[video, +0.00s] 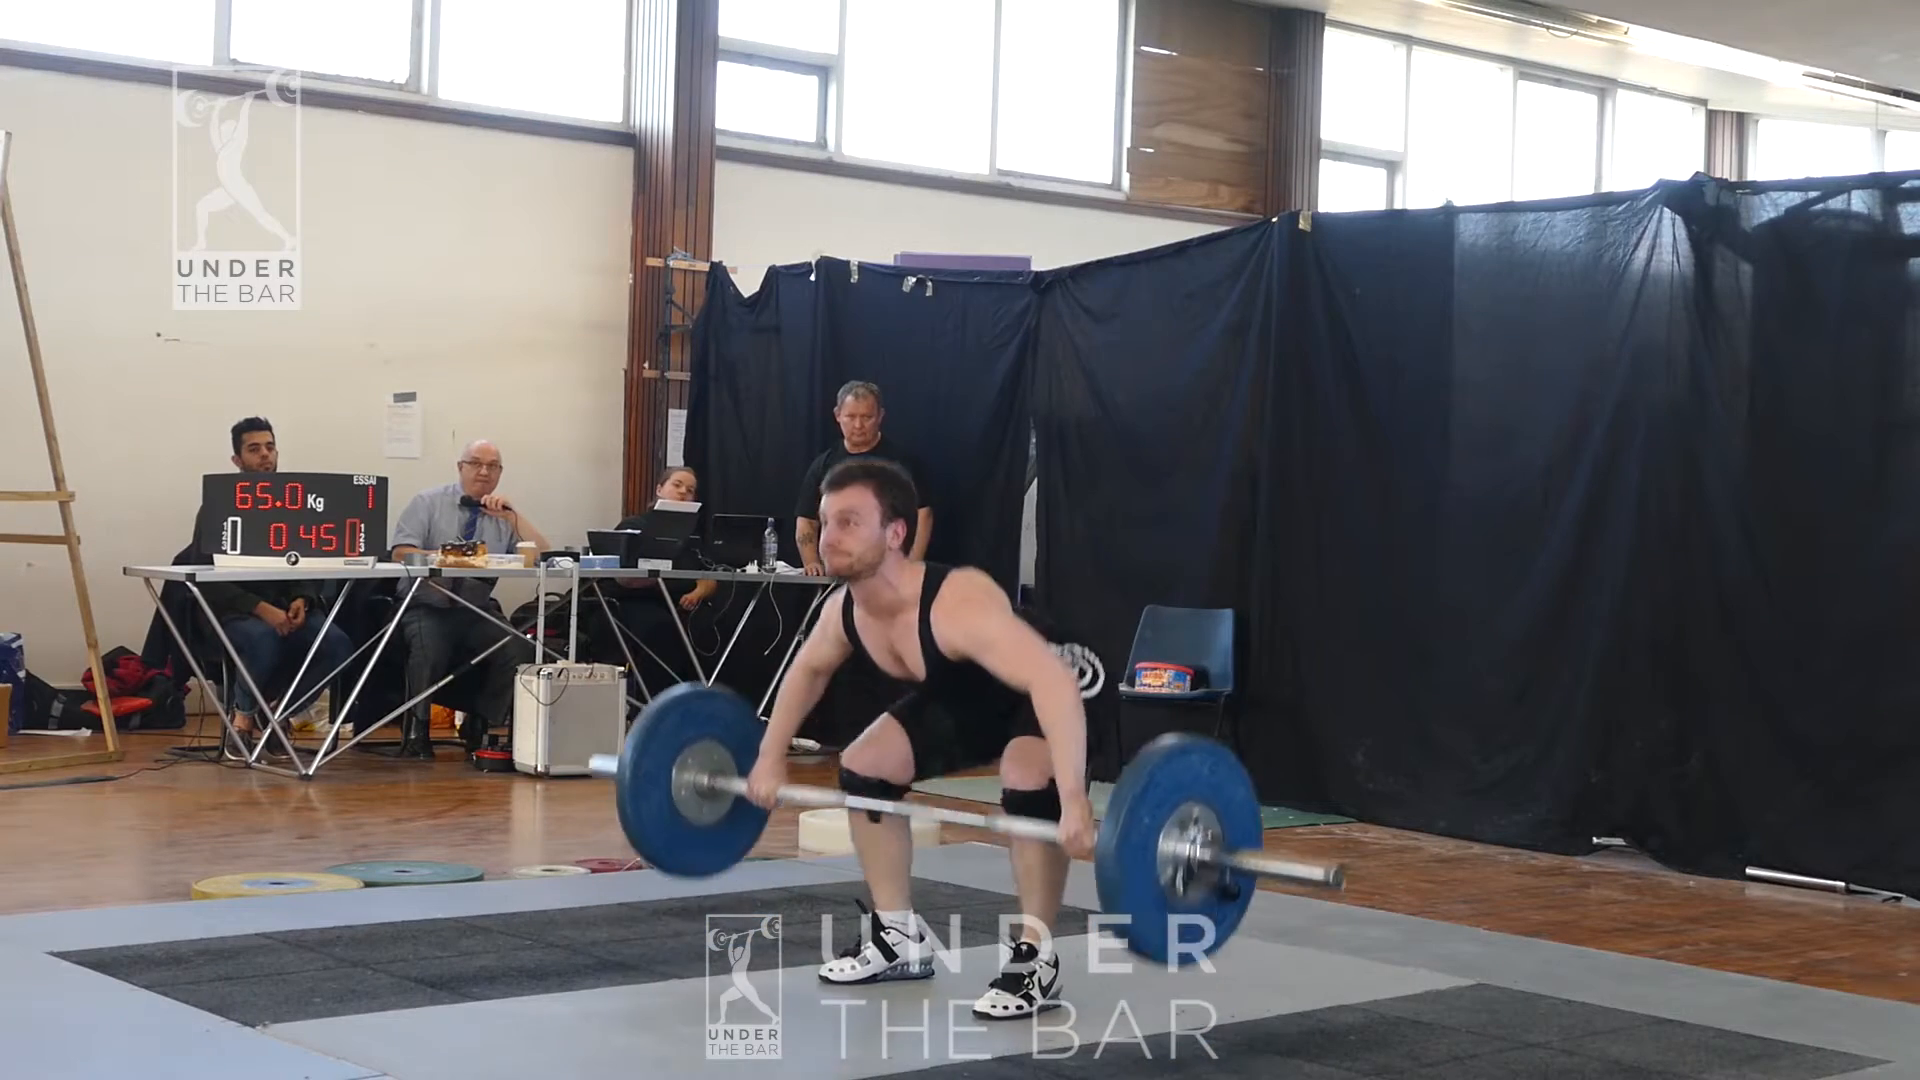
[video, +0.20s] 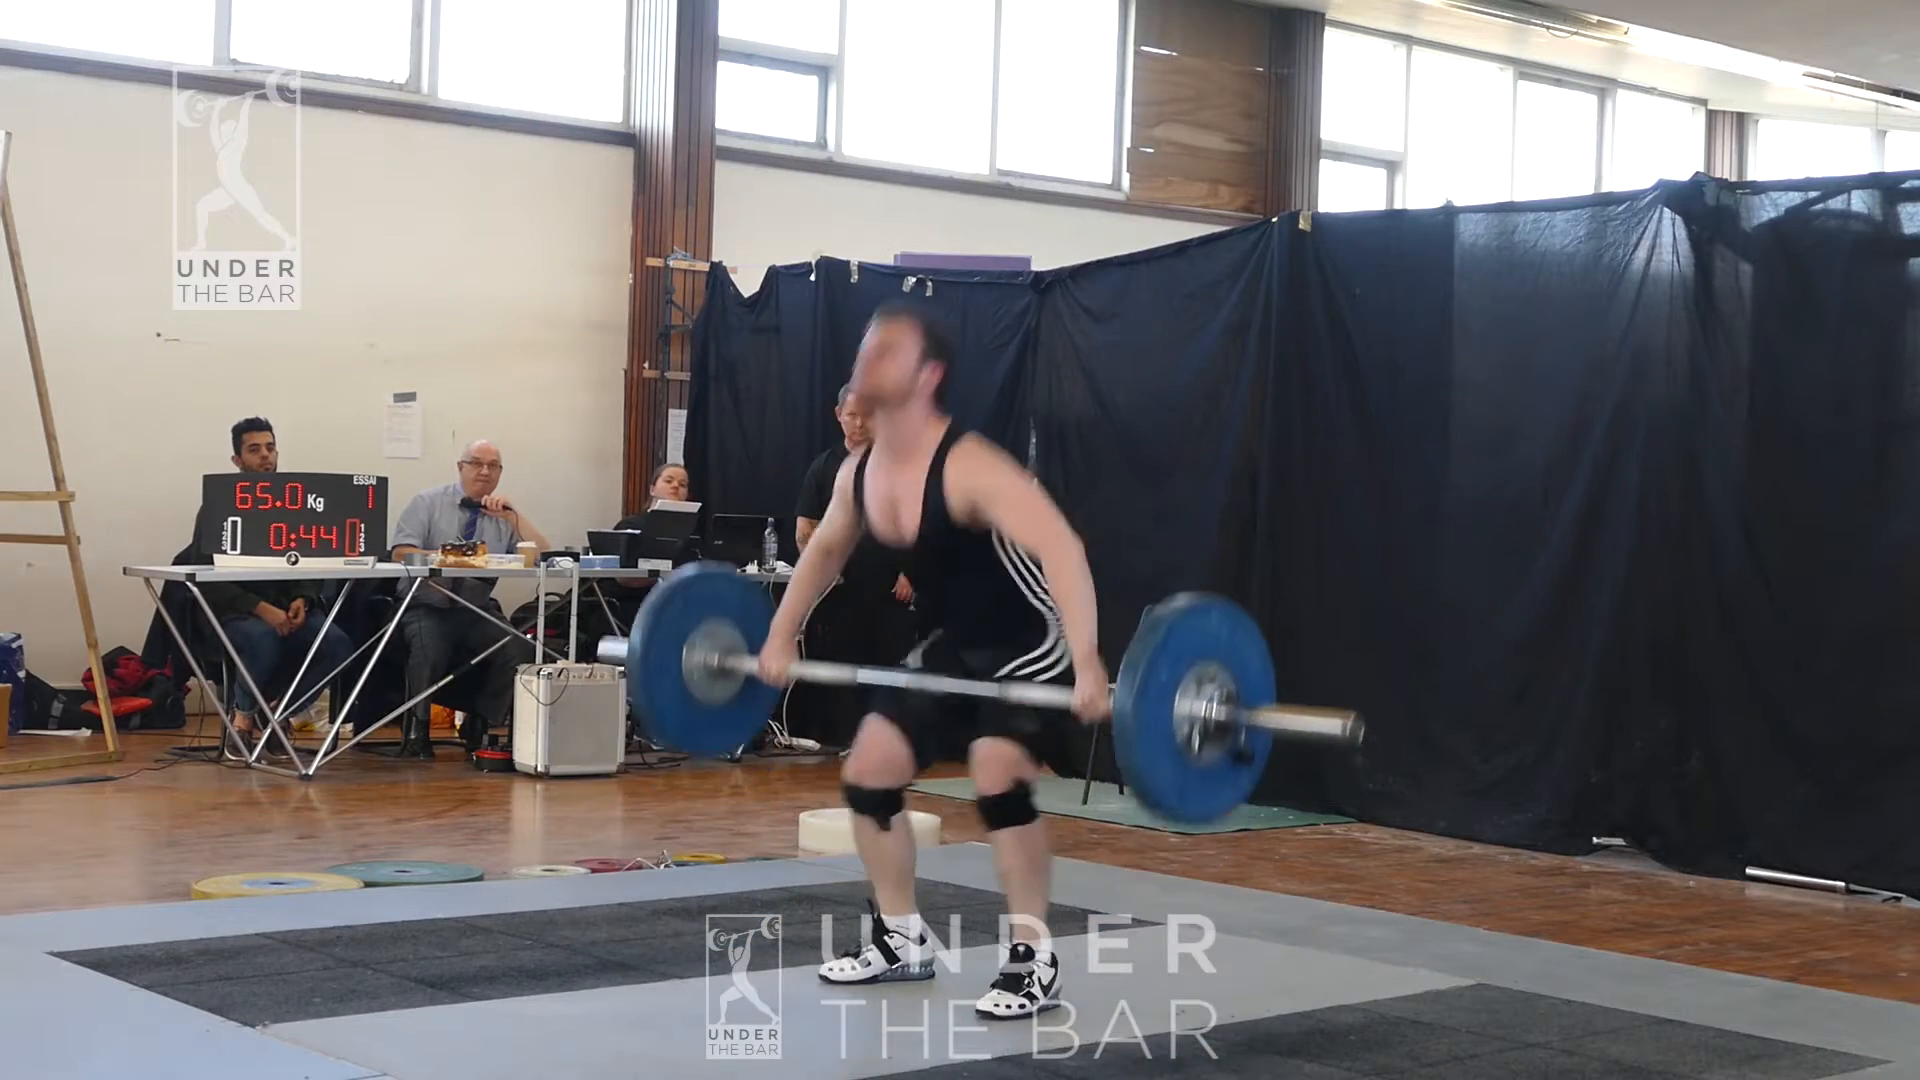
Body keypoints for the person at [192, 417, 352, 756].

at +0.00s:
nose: (265, 454)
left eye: (270, 447)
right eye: (255, 448)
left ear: (277, 452)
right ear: (238, 460)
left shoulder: (293, 496)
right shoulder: (220, 504)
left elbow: (312, 556)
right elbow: (205, 576)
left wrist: (302, 599)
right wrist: (260, 608)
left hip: (288, 607)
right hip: (237, 608)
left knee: (337, 644)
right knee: (264, 641)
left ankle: (278, 717)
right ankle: (242, 719)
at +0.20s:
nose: (265, 455)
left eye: (270, 447)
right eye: (255, 449)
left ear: (277, 452)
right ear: (238, 460)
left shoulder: (293, 497)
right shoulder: (220, 505)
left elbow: (312, 556)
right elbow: (205, 576)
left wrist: (303, 598)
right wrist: (260, 608)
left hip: (288, 607)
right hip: (237, 608)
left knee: (337, 644)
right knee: (263, 641)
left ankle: (277, 717)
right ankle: (242, 719)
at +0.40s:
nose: (265, 455)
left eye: (270, 448)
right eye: (255, 449)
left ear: (277, 452)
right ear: (238, 460)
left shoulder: (293, 496)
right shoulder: (220, 504)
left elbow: (312, 555)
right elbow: (204, 576)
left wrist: (302, 598)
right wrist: (261, 608)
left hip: (287, 606)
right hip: (236, 607)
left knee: (337, 644)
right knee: (263, 641)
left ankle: (278, 717)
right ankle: (242, 720)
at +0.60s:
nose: (266, 456)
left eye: (270, 449)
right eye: (255, 450)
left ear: (277, 452)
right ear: (238, 460)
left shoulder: (292, 497)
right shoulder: (220, 505)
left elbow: (311, 556)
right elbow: (205, 576)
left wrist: (302, 598)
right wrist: (261, 608)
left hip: (286, 607)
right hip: (236, 607)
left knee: (337, 644)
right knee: (263, 640)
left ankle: (277, 717)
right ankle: (242, 720)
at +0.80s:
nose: (266, 456)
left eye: (271, 448)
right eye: (256, 450)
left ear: (278, 452)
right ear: (238, 460)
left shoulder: (292, 497)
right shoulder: (221, 503)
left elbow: (310, 556)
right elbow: (204, 576)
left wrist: (302, 598)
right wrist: (260, 607)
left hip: (287, 607)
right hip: (237, 607)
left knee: (337, 644)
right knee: (264, 641)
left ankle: (278, 717)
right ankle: (242, 719)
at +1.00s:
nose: (266, 456)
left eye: (271, 448)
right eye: (256, 450)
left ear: (278, 452)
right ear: (239, 460)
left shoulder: (293, 497)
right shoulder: (222, 504)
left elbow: (310, 556)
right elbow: (204, 575)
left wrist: (302, 598)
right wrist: (259, 607)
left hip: (287, 607)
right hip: (238, 607)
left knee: (336, 644)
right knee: (264, 641)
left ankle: (278, 718)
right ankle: (241, 721)